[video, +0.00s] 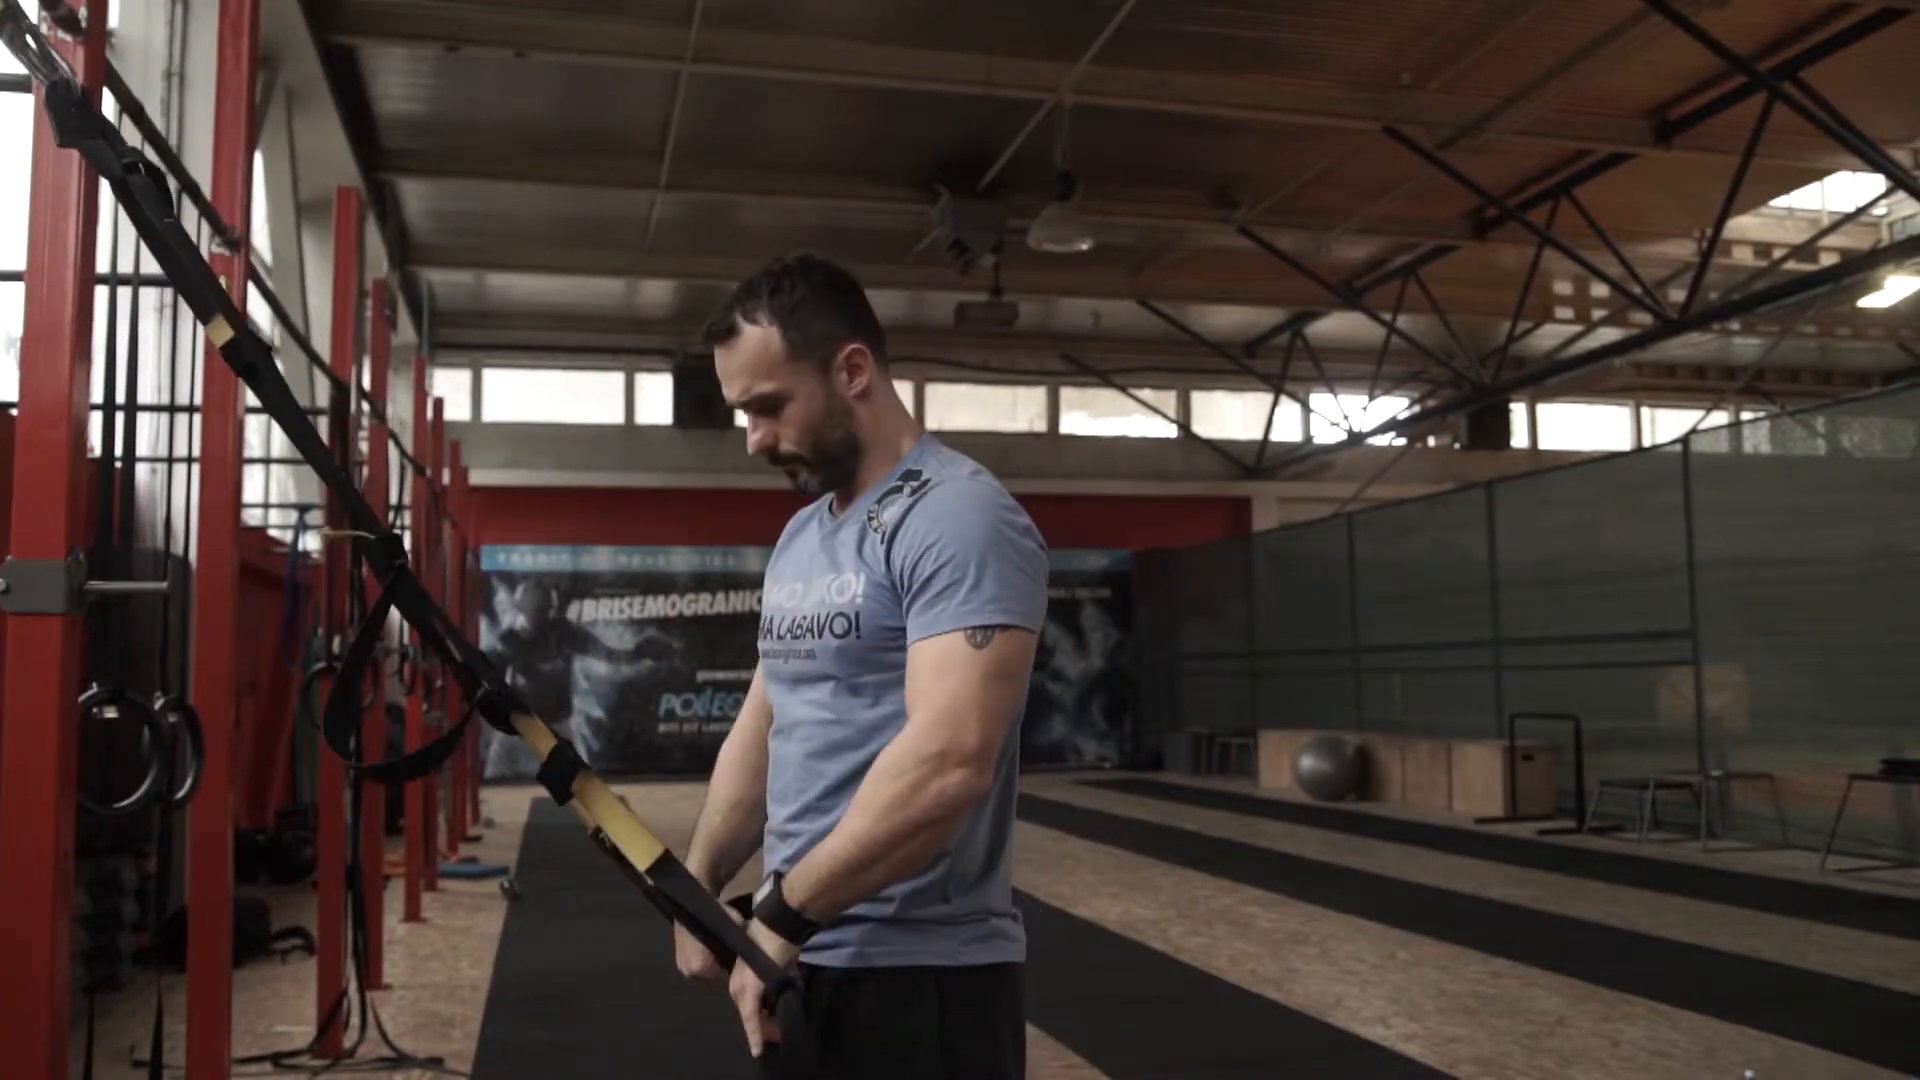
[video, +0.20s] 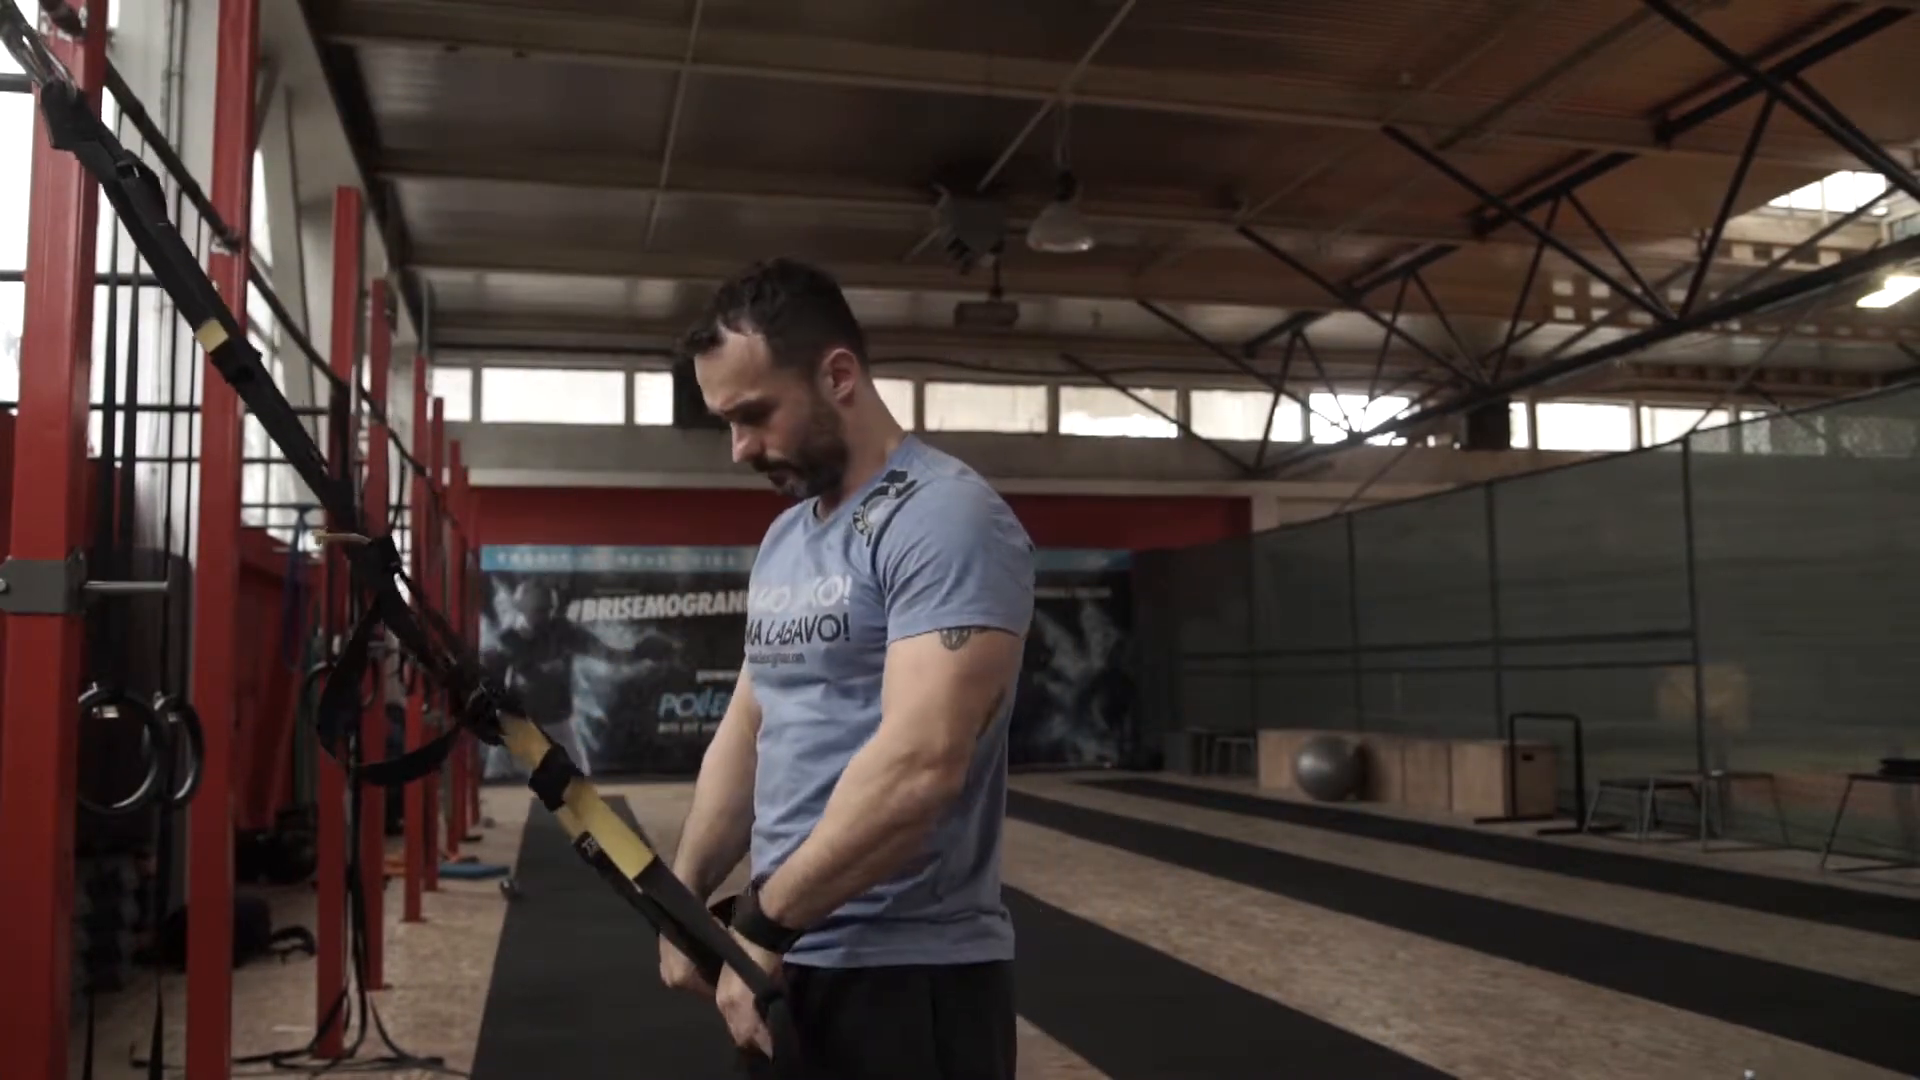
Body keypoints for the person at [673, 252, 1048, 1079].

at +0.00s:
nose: (756, 442)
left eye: (769, 406)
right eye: (744, 416)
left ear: (855, 371)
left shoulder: (964, 516)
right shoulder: (801, 537)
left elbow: (951, 760)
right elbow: (764, 719)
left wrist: (782, 912)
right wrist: (698, 878)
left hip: (927, 973)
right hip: (808, 966)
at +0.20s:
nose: (742, 450)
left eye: (756, 414)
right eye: (727, 425)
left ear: (842, 376)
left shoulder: (951, 514)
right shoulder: (786, 539)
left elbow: (922, 762)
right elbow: (748, 723)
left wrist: (761, 921)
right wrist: (684, 888)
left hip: (916, 975)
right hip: (796, 969)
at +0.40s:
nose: (725, 455)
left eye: (738, 419)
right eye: (710, 429)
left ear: (822, 378)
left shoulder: (933, 515)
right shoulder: (774, 541)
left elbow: (879, 769)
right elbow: (738, 727)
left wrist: (737, 937)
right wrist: (675, 894)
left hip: (905, 976)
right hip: (784, 969)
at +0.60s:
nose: (709, 465)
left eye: (718, 431)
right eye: (694, 441)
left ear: (797, 382)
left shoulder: (912, 512)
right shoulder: (770, 542)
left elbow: (855, 767)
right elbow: (738, 728)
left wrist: (725, 944)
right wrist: (671, 897)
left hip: (897, 978)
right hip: (781, 968)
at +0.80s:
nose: (699, 473)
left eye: (704, 440)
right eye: (682, 453)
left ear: (778, 384)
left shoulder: (897, 510)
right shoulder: (766, 545)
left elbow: (843, 770)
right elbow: (737, 733)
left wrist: (717, 951)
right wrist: (671, 899)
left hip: (890, 979)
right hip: (779, 969)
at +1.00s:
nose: (692, 479)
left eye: (696, 445)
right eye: (675, 459)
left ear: (768, 386)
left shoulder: (888, 510)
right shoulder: (765, 542)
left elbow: (835, 771)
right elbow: (735, 734)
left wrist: (713, 955)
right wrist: (670, 898)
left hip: (885, 980)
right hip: (777, 969)